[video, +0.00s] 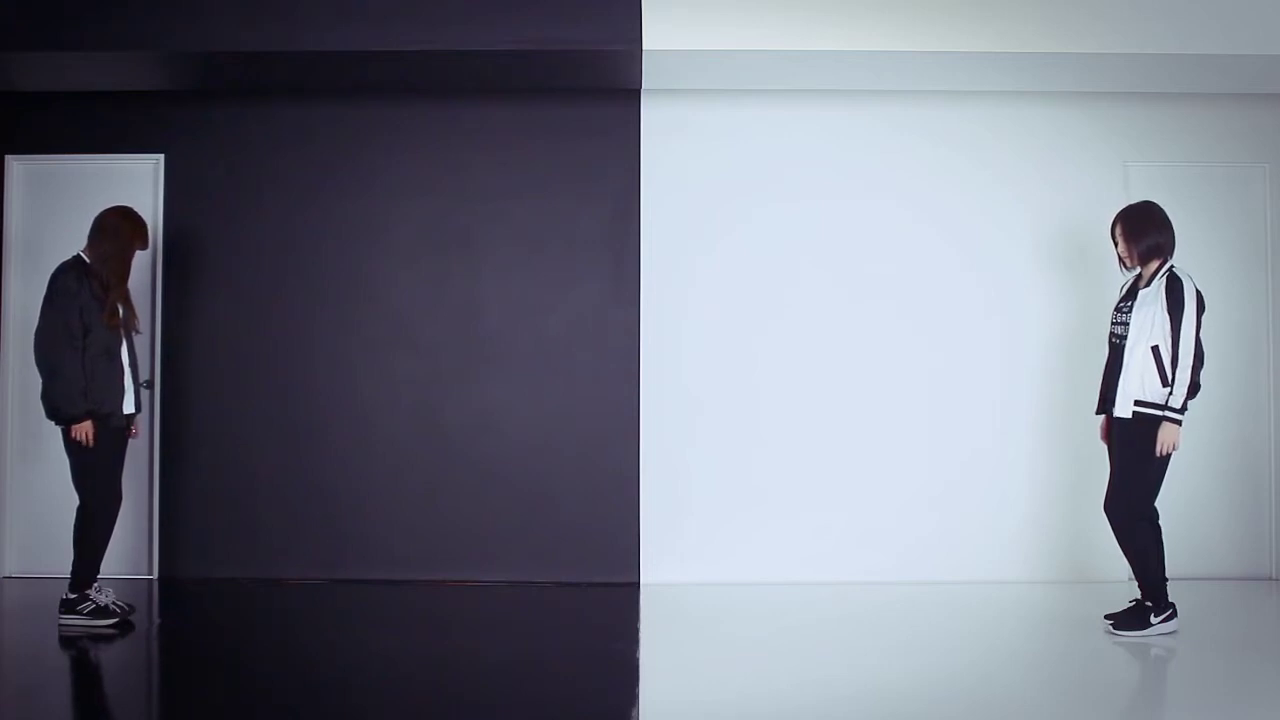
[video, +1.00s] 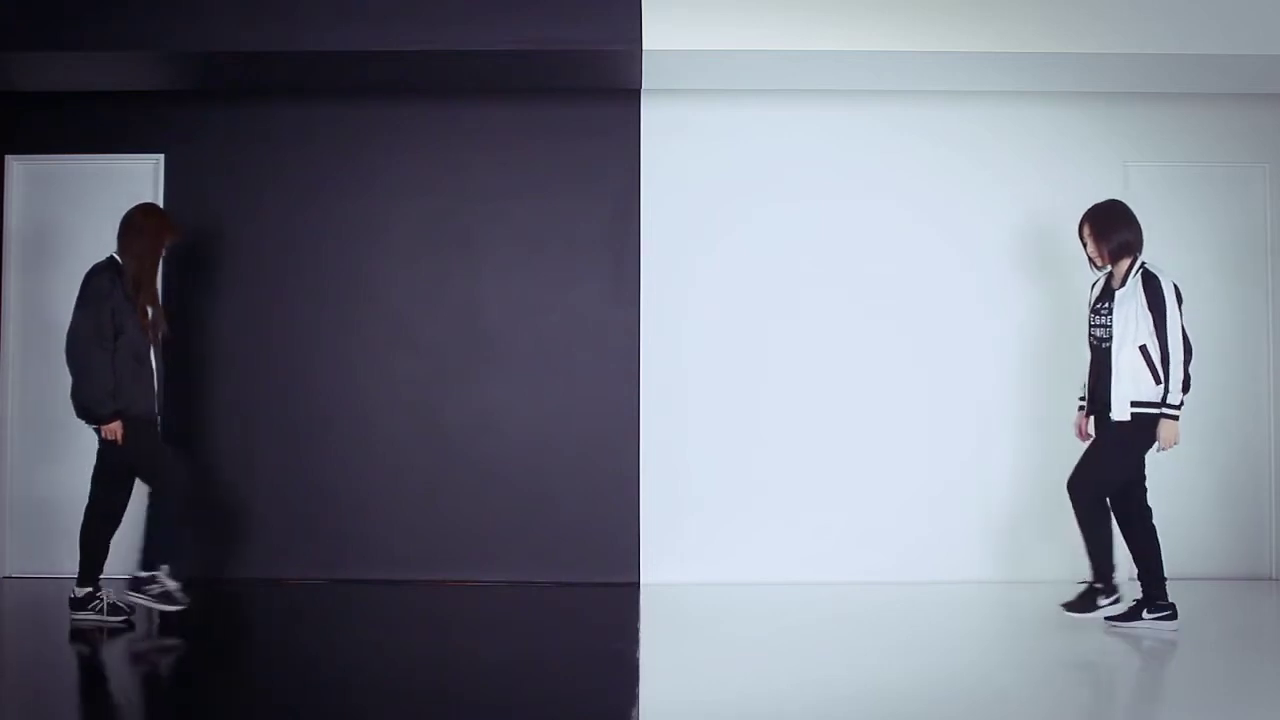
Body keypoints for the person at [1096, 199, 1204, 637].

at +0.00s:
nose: (1119, 249)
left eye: (1123, 240)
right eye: (1116, 241)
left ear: (1147, 236)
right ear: (1125, 242)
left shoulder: (1179, 284)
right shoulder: (1131, 287)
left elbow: (1190, 356)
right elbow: (1117, 354)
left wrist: (1174, 417)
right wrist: (1107, 410)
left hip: (1152, 417)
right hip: (1123, 416)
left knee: (1128, 507)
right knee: (1127, 506)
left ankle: (1158, 604)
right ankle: (1151, 600)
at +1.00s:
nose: (1089, 249)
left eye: (1093, 240)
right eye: (1086, 242)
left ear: (1117, 236)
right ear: (1092, 243)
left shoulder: (1156, 284)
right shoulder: (1100, 288)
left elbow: (1178, 351)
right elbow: (1099, 353)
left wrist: (1171, 414)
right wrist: (1087, 404)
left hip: (1139, 415)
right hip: (1109, 415)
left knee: (1082, 486)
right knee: (1131, 506)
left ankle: (1103, 584)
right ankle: (1156, 601)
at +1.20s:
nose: (1063, 254)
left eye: (1067, 244)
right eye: (1060, 246)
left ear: (1091, 241)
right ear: (1066, 248)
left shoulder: (1131, 288)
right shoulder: (1077, 293)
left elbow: (1158, 350)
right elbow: (1075, 357)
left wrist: (1158, 414)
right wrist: (1059, 404)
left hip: (1120, 418)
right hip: (1091, 418)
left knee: (1074, 500)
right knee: (1123, 510)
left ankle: (1036, 596)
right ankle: (1156, 601)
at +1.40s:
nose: (1030, 255)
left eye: (1035, 246)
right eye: (1028, 247)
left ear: (1057, 243)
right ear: (1042, 246)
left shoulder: (1090, 291)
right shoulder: (1043, 296)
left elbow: (1113, 358)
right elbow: (1035, 362)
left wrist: (1118, 426)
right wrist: (1028, 418)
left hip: (1082, 422)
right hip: (1055, 422)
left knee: (1040, 506)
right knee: (1099, 510)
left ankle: (1014, 607)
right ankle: (1150, 595)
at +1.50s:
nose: (1011, 249)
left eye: (1017, 240)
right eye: (1009, 241)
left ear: (1040, 239)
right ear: (1018, 244)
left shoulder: (1070, 288)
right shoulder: (1023, 288)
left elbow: (1086, 356)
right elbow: (1015, 355)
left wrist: (1081, 424)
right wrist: (1010, 412)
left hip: (1056, 421)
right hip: (1031, 420)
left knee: (1024, 510)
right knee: (1070, 507)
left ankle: (1011, 608)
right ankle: (1136, 583)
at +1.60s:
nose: (993, 246)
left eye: (998, 236)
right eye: (991, 238)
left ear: (1022, 234)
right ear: (1002, 240)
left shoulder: (1054, 286)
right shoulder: (1005, 286)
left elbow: (1058, 357)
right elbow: (1000, 353)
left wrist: (1044, 419)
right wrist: (993, 412)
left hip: (1036, 417)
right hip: (1008, 415)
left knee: (1014, 509)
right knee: (1027, 509)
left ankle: (1009, 608)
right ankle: (1104, 571)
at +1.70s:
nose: (976, 243)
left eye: (981, 235)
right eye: (974, 235)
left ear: (1004, 232)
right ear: (993, 234)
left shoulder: (1036, 283)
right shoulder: (992, 282)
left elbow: (1033, 357)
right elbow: (987, 348)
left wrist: (1005, 413)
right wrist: (975, 403)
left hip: (1020, 415)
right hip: (986, 412)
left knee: (1006, 514)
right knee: (984, 513)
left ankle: (1008, 609)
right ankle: (1065, 556)